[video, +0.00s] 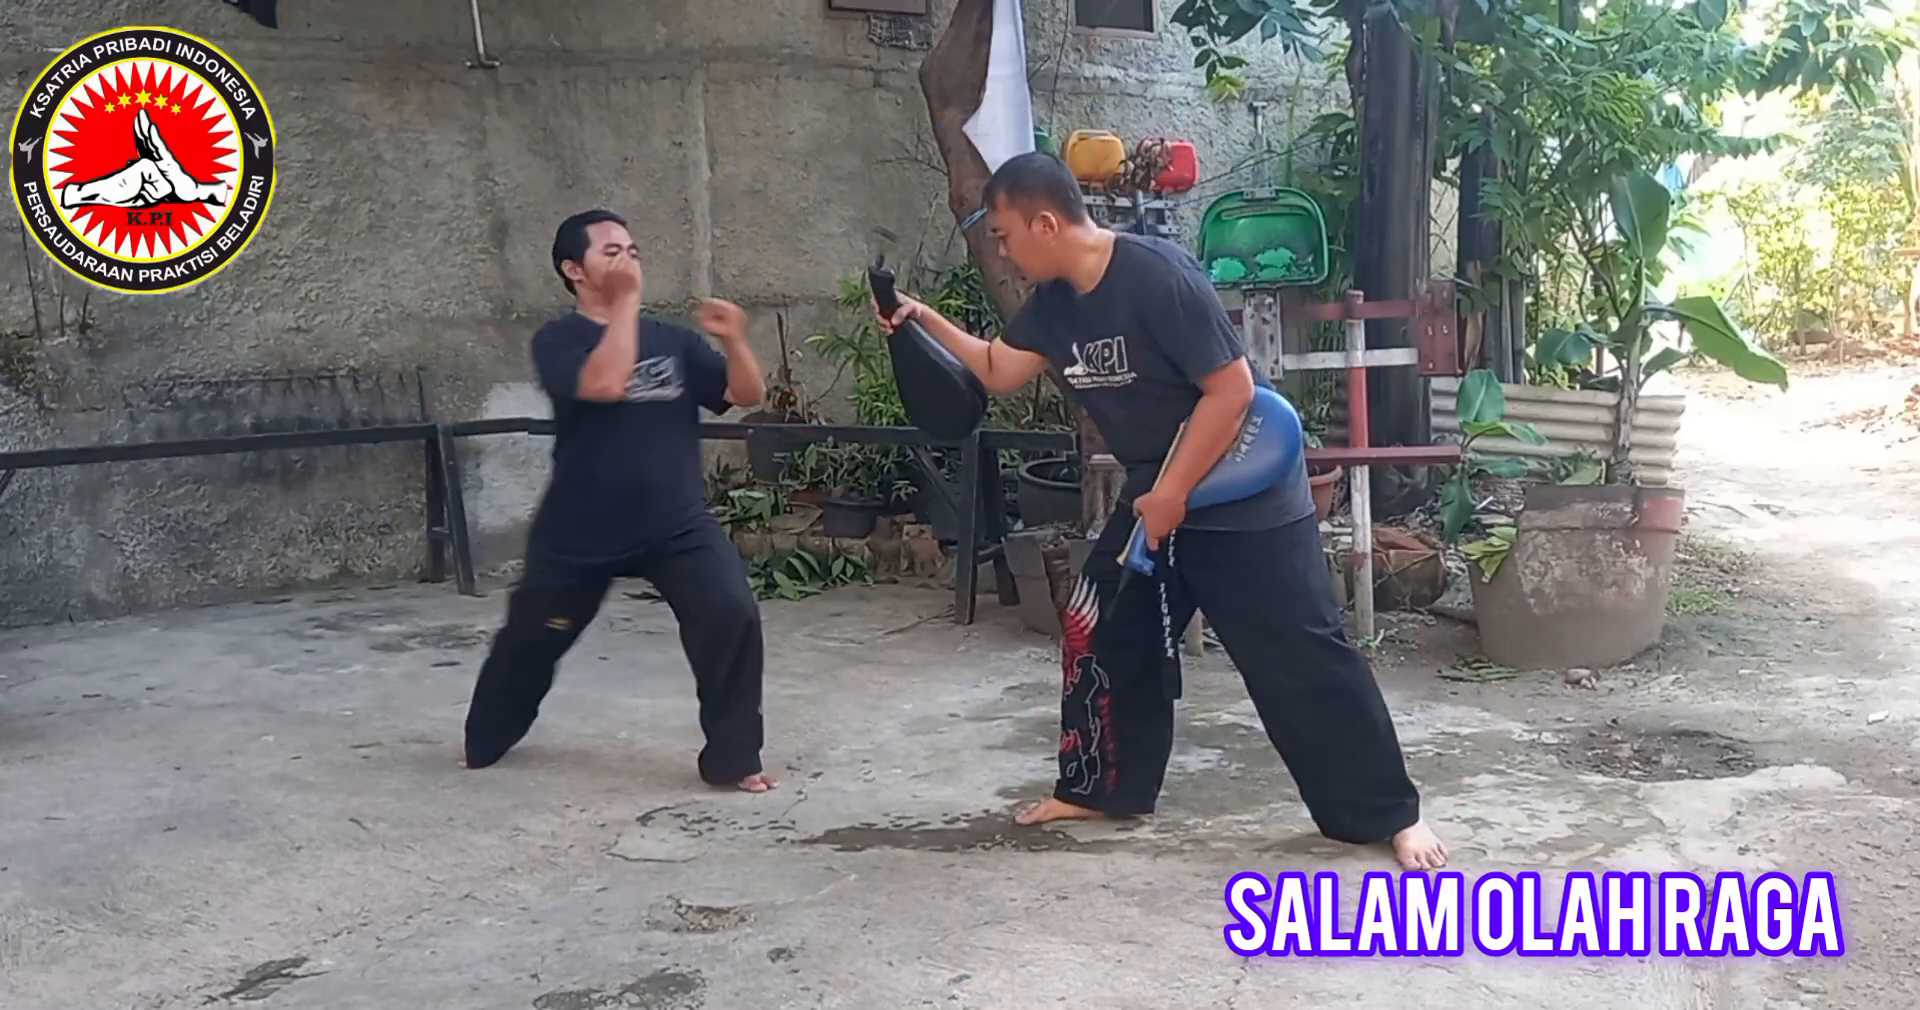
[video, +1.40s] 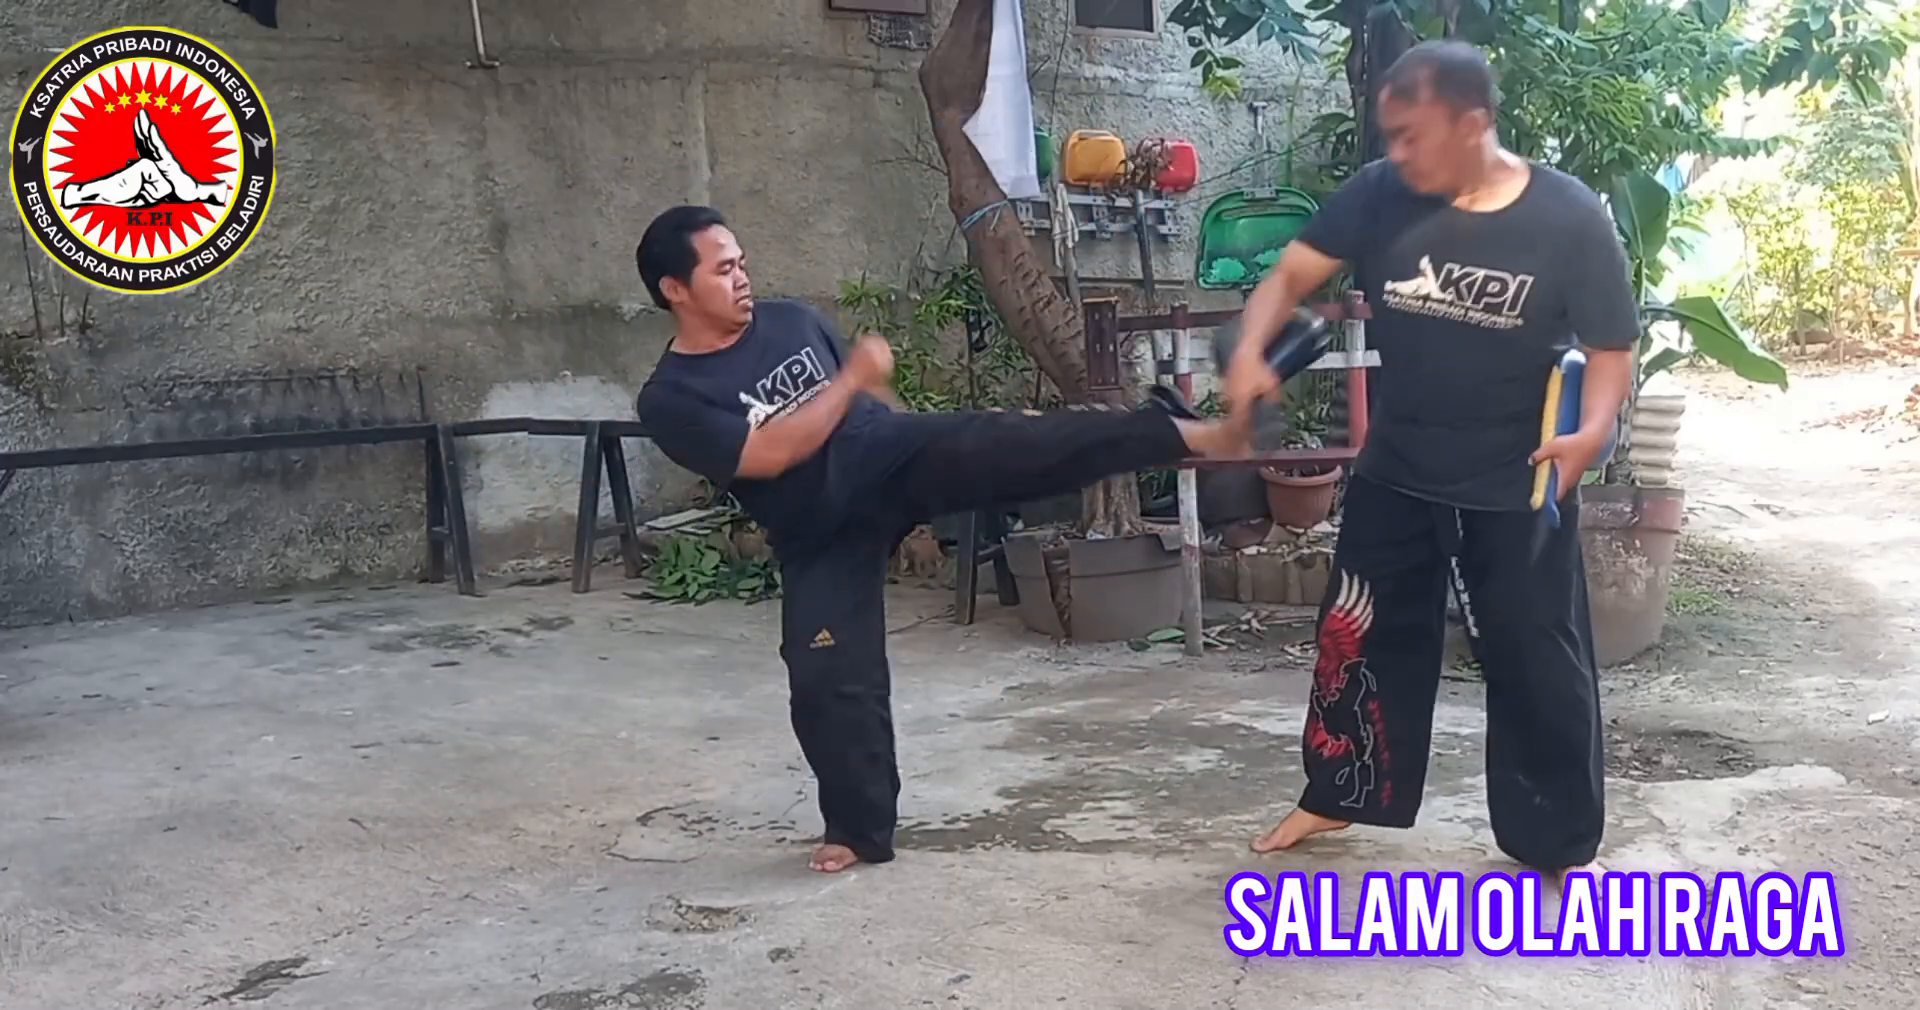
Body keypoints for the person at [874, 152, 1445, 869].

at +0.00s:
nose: (1003, 250)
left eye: (1005, 234)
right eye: (998, 237)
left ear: (1047, 222)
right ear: (1047, 223)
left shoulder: (1158, 275)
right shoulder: (1052, 301)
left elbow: (1231, 389)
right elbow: (999, 370)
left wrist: (1169, 490)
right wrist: (921, 321)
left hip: (1247, 493)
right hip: (1156, 498)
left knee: (1308, 647)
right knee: (1109, 634)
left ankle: (1396, 815)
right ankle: (1106, 791)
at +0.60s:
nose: (1105, 214)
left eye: (1111, 197)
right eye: (1102, 199)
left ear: (1163, 182)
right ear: (1155, 188)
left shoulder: (1255, 260)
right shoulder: (1156, 257)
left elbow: (1305, 386)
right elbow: (1105, 321)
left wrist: (1225, 476)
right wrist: (1021, 280)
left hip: (1306, 499)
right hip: (1217, 497)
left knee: (1337, 655)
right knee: (1185, 637)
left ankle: (1404, 821)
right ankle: (1187, 789)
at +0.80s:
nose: (1146, 202)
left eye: (1151, 186)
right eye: (1142, 188)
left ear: (1201, 174)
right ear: (1195, 176)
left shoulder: (1297, 261)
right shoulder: (1178, 240)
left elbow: (1348, 391)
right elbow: (1124, 275)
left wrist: (1277, 485)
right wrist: (1051, 238)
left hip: (1321, 484)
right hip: (1228, 482)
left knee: (1388, 643)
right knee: (1193, 634)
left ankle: (1490, 805)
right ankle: (1187, 791)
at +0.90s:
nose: (1203, 204)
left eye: (1209, 189)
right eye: (1199, 191)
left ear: (1262, 179)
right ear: (1251, 182)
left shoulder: (1362, 266)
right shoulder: (1221, 246)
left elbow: (1401, 399)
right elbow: (1151, 283)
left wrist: (1317, 479)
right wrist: (1082, 273)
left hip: (1372, 512)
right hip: (1266, 502)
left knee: (1451, 671)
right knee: (1221, 650)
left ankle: (1554, 841)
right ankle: (1187, 794)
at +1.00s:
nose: (1257, 208)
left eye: (1265, 192)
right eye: (1254, 192)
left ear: (1324, 181)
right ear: (1307, 184)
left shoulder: (1439, 254)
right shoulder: (1269, 256)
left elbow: (1495, 379)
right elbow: (1189, 332)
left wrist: (1415, 468)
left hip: (1453, 490)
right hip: (1336, 487)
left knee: (1502, 660)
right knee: (1268, 623)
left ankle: (1563, 851)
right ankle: (1235, 784)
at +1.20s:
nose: (1315, 208)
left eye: (1322, 188)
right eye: (1310, 191)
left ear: (1381, 170)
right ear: (1358, 174)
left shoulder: (1507, 230)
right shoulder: (1313, 250)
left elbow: (1573, 348)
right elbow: (1240, 349)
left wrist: (1546, 448)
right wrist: (1203, 457)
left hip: (1504, 485)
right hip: (1381, 485)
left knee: (1536, 669)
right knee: (1340, 636)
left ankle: (1553, 857)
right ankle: (1336, 805)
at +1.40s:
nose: (1397, 155)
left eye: (1411, 136)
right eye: (1391, 137)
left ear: (1475, 123)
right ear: (1391, 128)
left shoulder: (1571, 216)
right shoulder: (1380, 194)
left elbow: (1611, 344)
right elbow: (1289, 275)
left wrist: (1593, 433)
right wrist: (1248, 352)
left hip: (1516, 481)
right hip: (1395, 470)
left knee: (1539, 665)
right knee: (1356, 633)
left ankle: (1556, 852)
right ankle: (1331, 797)